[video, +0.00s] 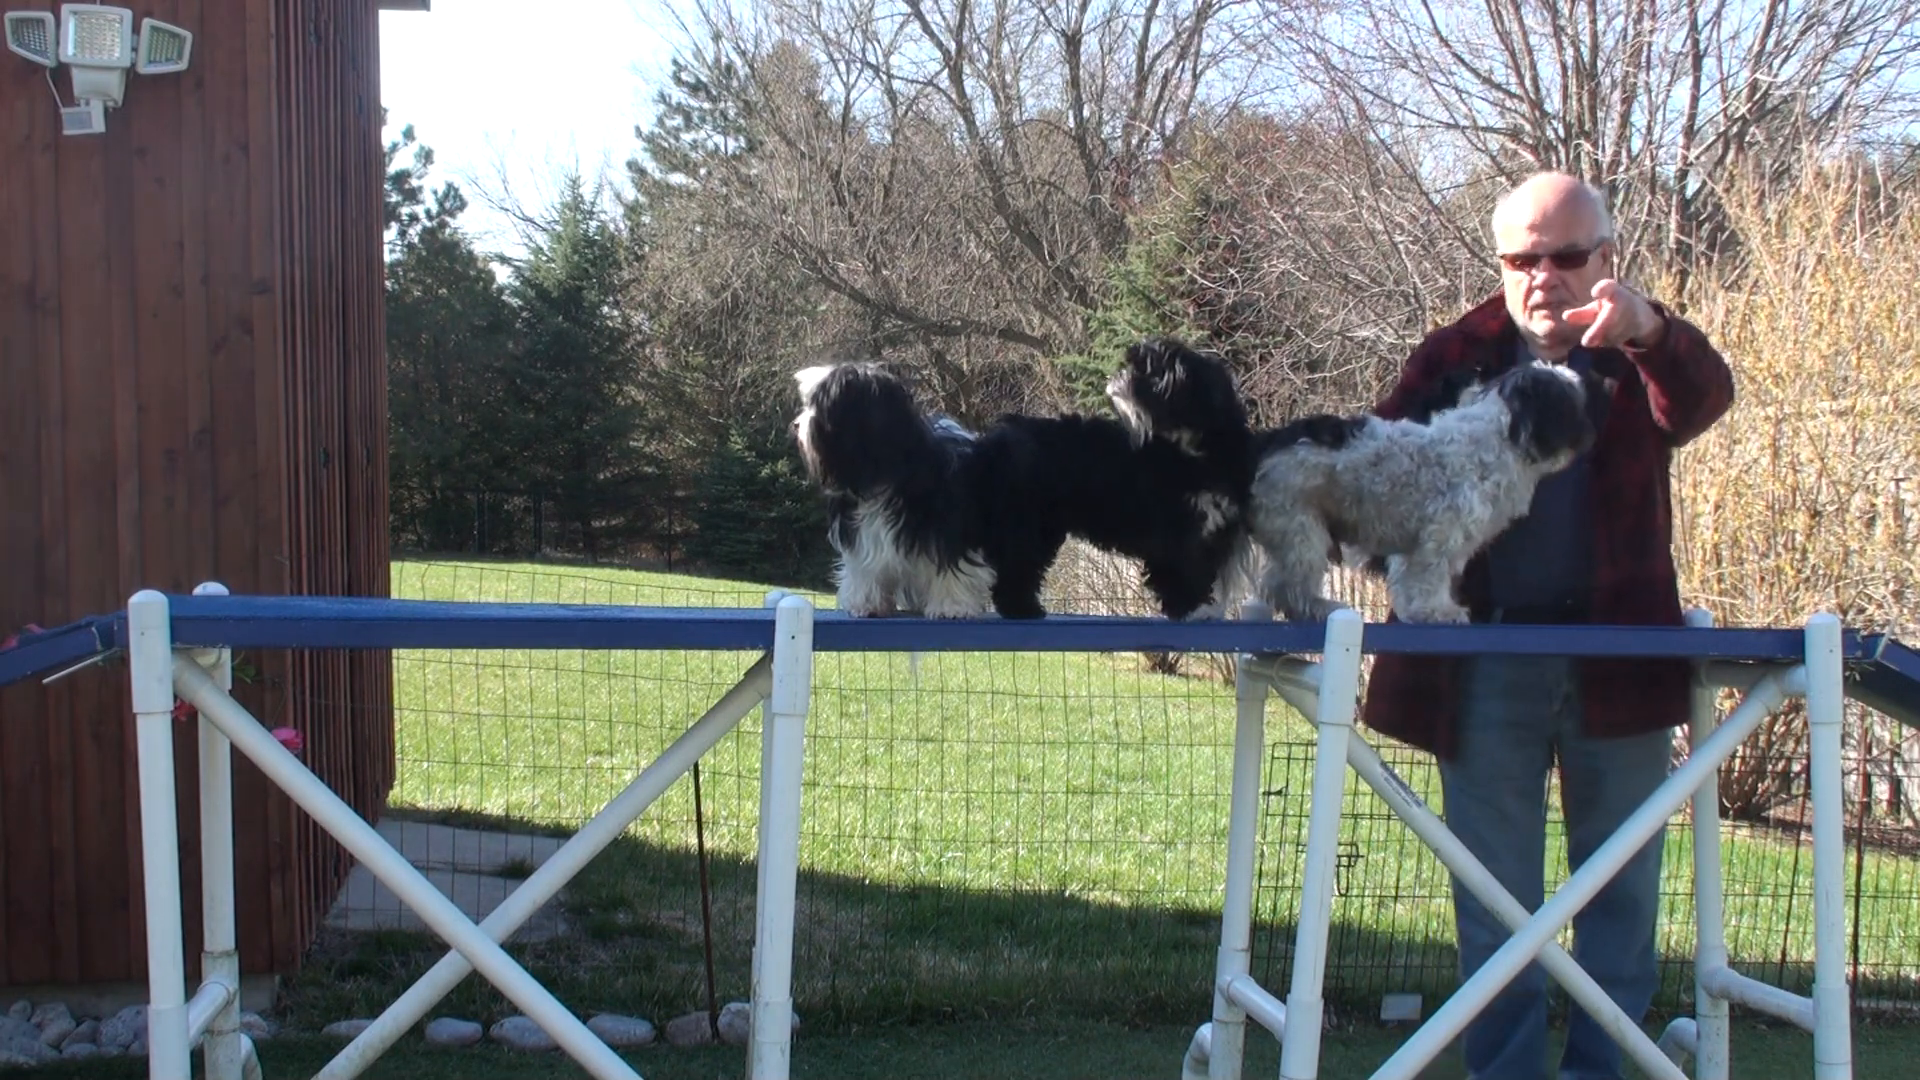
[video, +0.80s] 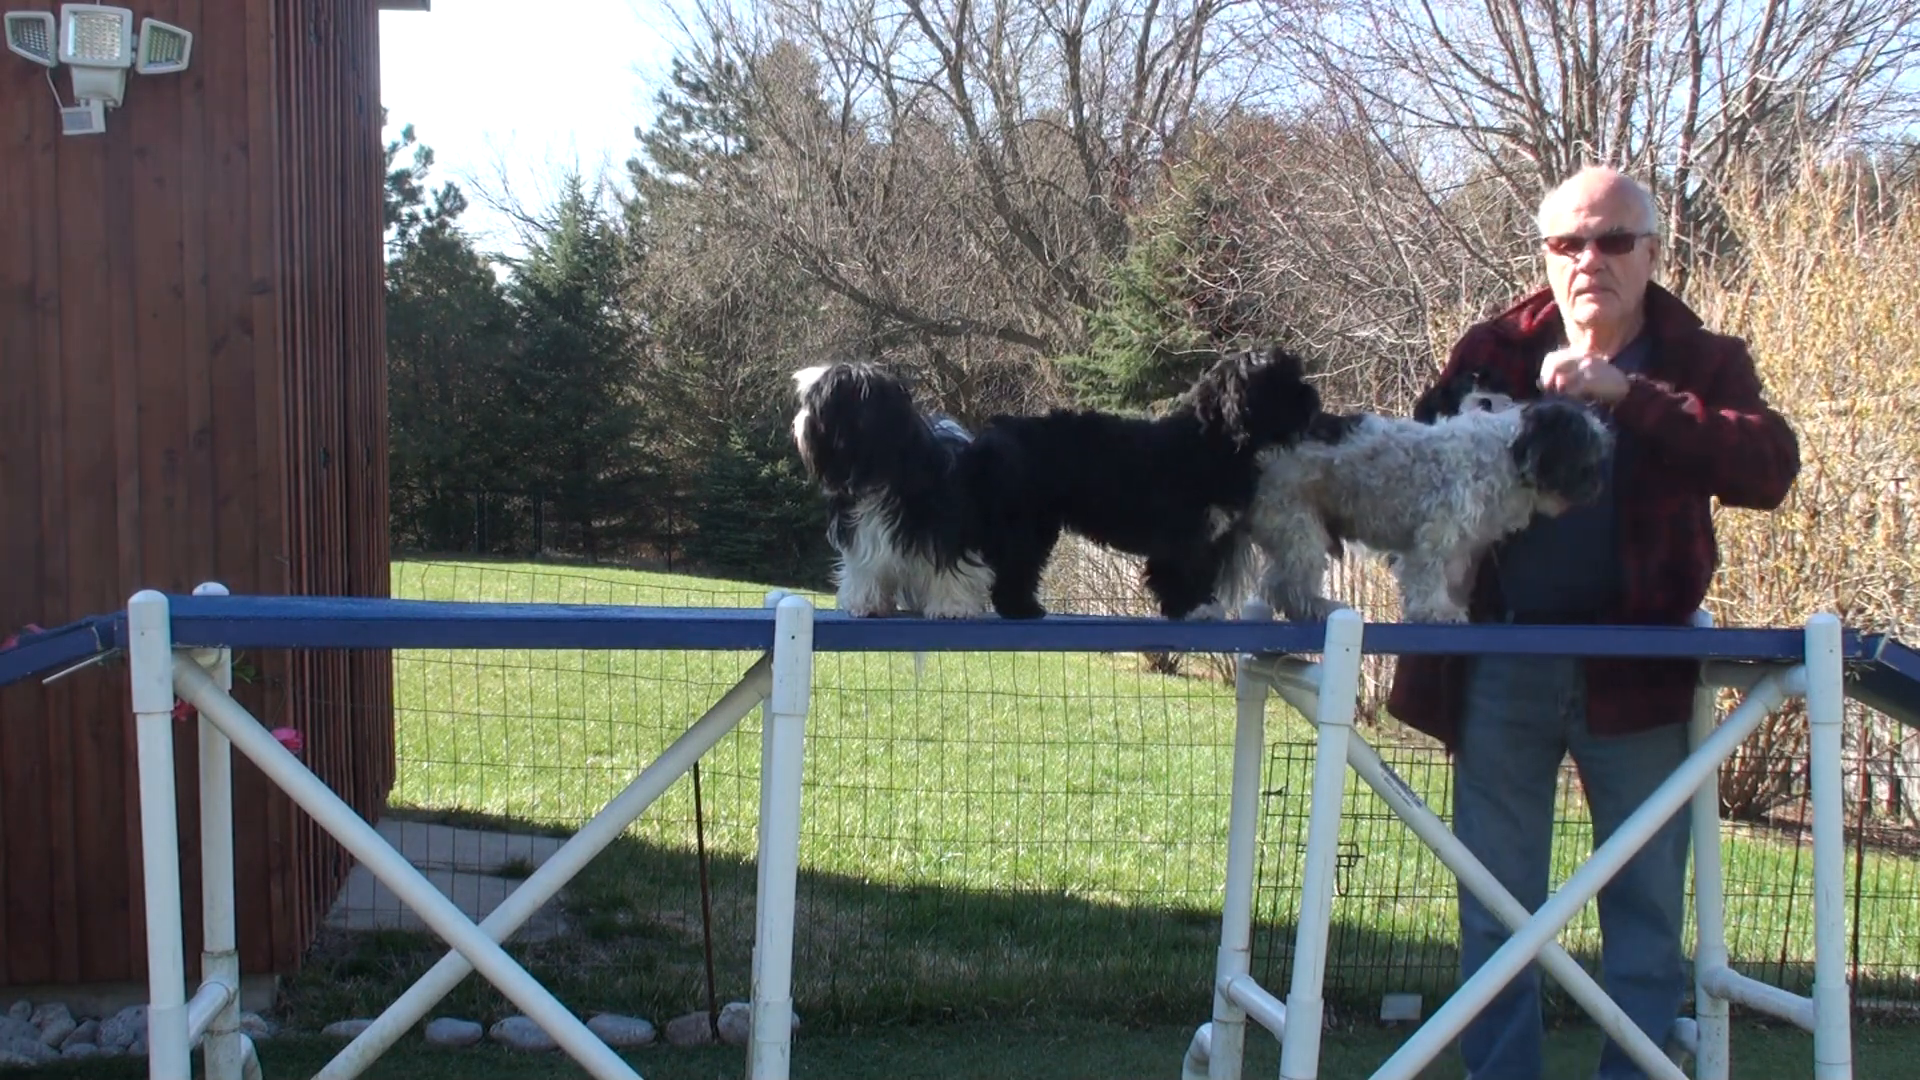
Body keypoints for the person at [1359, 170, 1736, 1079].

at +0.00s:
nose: (1548, 277)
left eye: (1570, 257)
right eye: (1526, 260)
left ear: (1610, 253)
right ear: (1496, 264)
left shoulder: (1643, 352)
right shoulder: (1451, 357)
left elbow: (1703, 401)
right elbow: (1381, 469)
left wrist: (1650, 333)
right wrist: (1369, 533)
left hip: (1621, 661)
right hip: (1484, 659)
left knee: (1621, 897)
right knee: (1493, 899)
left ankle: (1601, 1068)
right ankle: (1503, 1065)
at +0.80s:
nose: (1589, 261)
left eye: (1612, 242)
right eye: (1568, 244)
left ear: (1652, 252)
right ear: (1544, 257)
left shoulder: (1705, 361)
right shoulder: (1488, 351)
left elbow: (1769, 472)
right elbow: (1416, 470)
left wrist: (1627, 394)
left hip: (1640, 665)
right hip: (1501, 662)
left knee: (1645, 907)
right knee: (1494, 901)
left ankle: (1639, 1073)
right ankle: (1498, 1067)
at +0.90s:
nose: (1588, 260)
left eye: (1612, 241)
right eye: (1567, 243)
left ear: (1652, 252)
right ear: (1543, 257)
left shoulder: (1704, 361)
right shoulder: (1487, 352)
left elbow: (1771, 476)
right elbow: (1415, 471)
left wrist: (1635, 417)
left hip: (1638, 665)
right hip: (1499, 662)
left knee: (1644, 908)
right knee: (1492, 903)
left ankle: (1638, 1073)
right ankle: (1497, 1068)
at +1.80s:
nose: (1573, 263)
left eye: (1596, 243)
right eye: (1553, 246)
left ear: (1636, 251)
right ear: (1531, 260)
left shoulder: (1688, 355)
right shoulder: (1484, 350)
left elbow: (1724, 460)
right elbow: (1415, 454)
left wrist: (1620, 459)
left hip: (1634, 662)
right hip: (1497, 657)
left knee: (1644, 896)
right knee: (1493, 895)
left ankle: (1637, 1069)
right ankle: (1497, 1063)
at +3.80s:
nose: (1578, 246)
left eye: (1601, 227)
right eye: (1555, 232)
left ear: (1638, 244)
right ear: (1531, 254)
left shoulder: (1703, 371)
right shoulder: (1478, 362)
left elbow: (1754, 507)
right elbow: (1405, 476)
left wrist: (1640, 480)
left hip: (1642, 663)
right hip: (1502, 659)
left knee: (1645, 906)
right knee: (1493, 903)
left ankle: (1640, 1073)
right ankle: (1496, 1067)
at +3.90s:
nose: (1575, 246)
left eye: (1597, 228)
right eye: (1552, 233)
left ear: (1636, 243)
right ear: (1528, 255)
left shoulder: (1701, 371)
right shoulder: (1474, 364)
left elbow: (1751, 509)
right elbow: (1402, 480)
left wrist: (1640, 478)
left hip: (1641, 665)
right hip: (1501, 662)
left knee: (1645, 912)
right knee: (1493, 909)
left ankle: (1641, 1073)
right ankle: (1495, 1068)